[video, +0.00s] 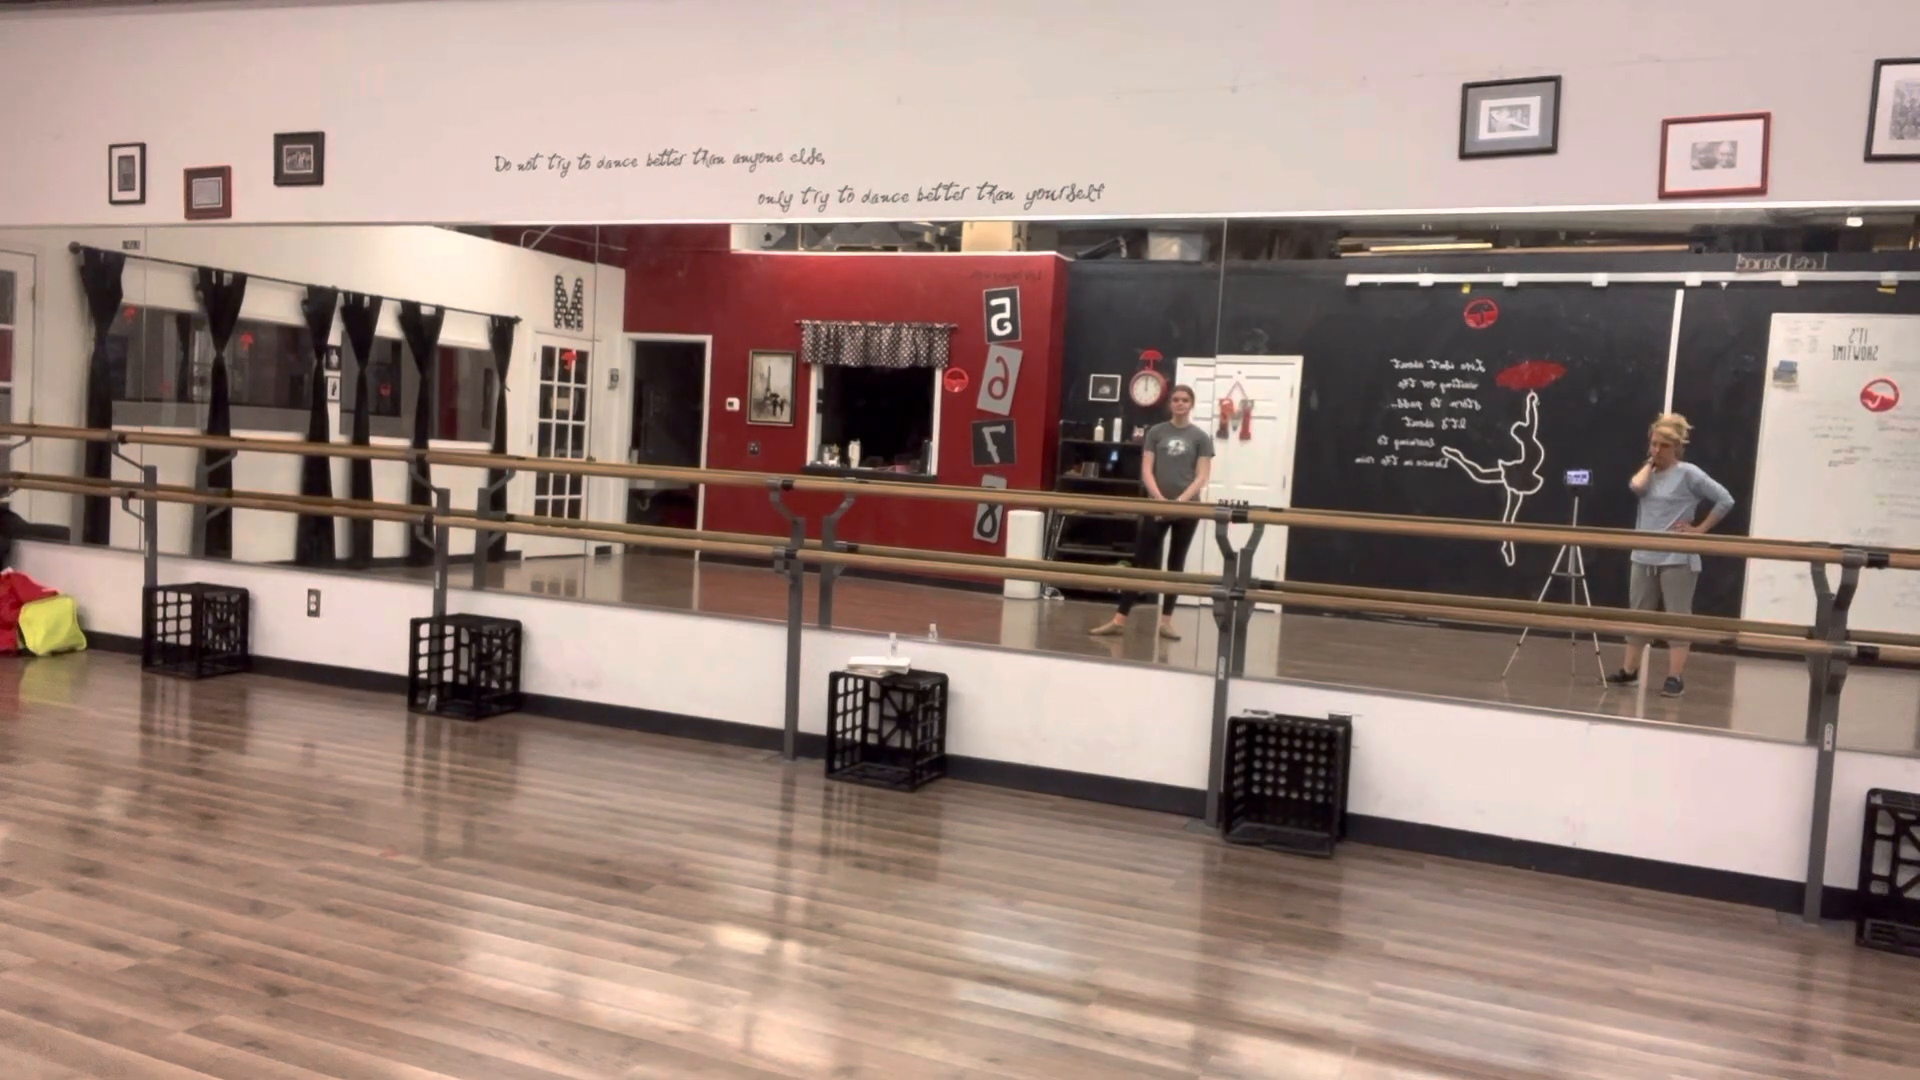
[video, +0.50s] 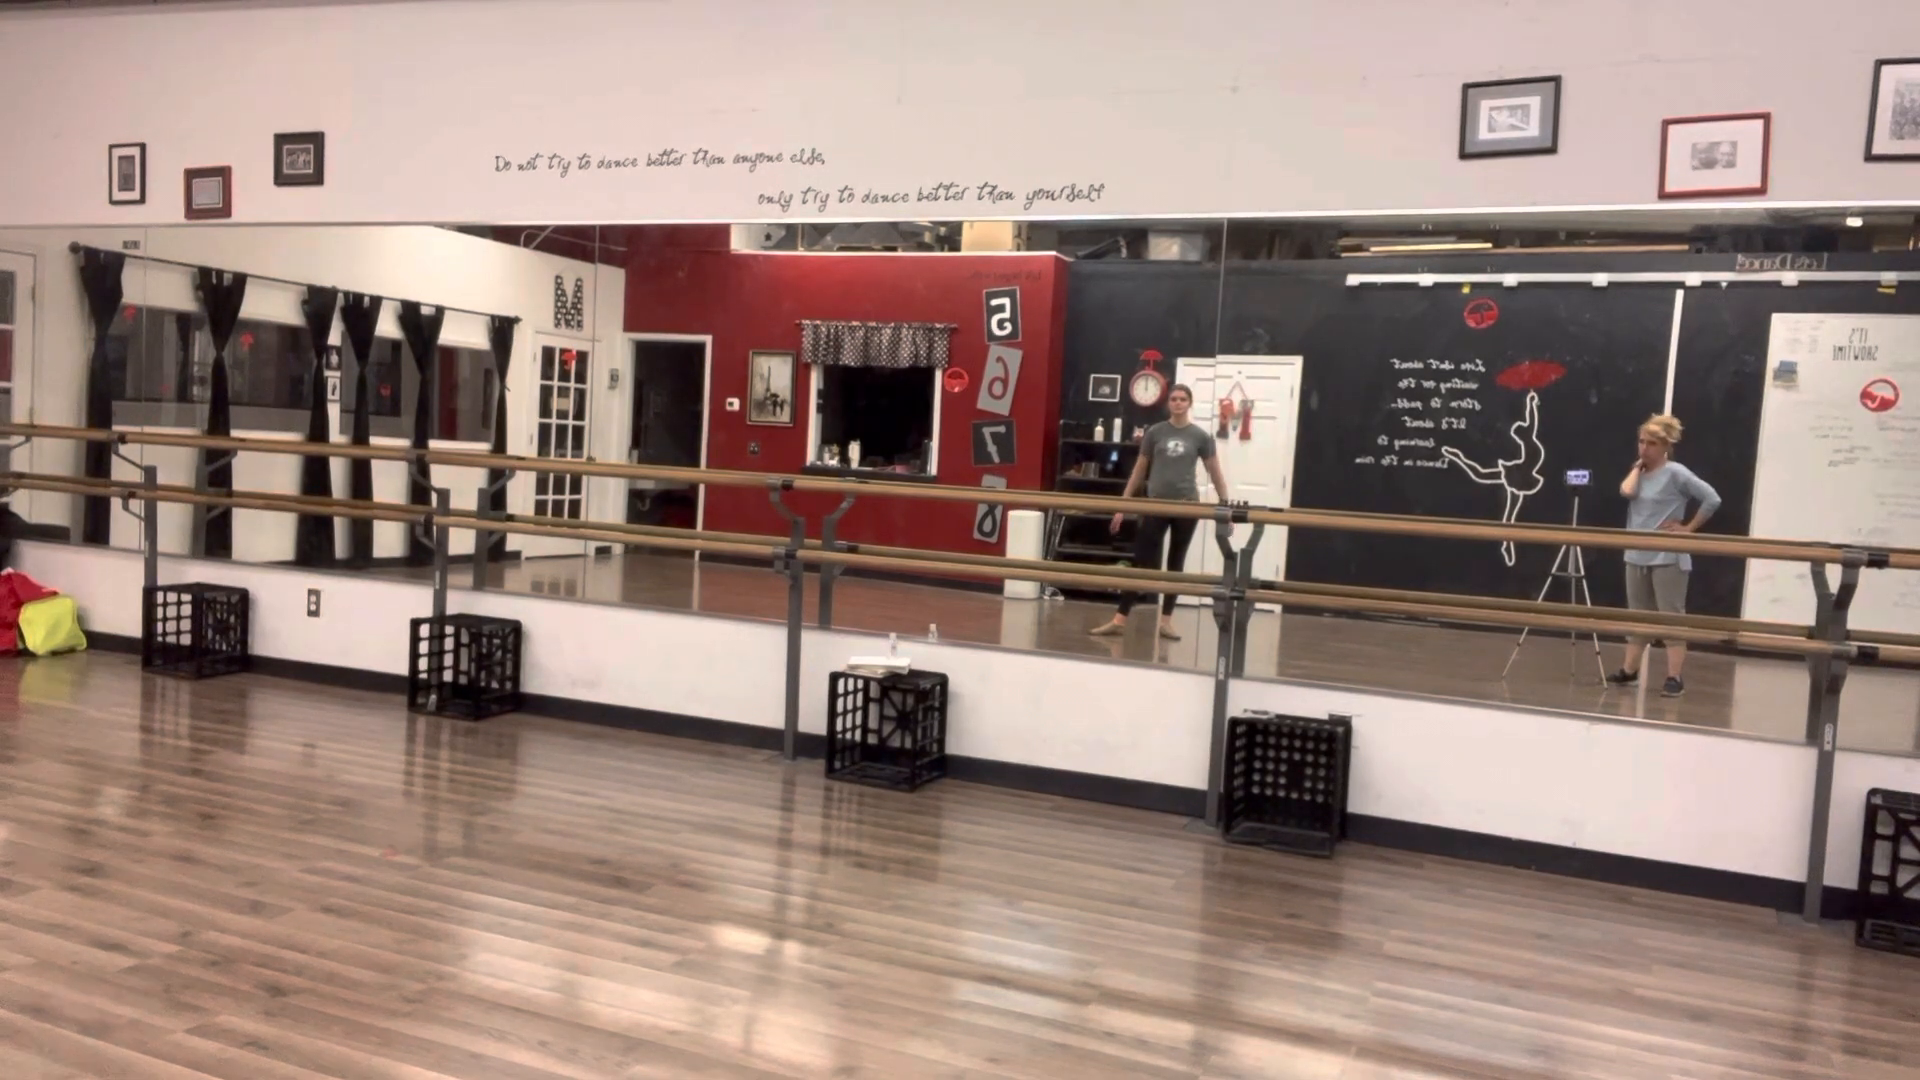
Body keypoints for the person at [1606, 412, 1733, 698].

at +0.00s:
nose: (1656, 450)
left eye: (1663, 445)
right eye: (1654, 443)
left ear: (1677, 448)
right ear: (1649, 444)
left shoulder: (1688, 473)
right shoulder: (1646, 472)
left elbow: (1726, 500)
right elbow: (1636, 486)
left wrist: (1701, 529)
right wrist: (1651, 460)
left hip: (1677, 557)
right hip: (1643, 555)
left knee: (1678, 619)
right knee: (1638, 614)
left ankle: (1675, 675)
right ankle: (1629, 670)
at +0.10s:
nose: (1654, 450)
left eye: (1662, 445)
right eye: (1652, 443)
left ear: (1675, 447)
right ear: (1648, 444)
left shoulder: (1686, 473)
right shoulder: (1644, 471)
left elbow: (1723, 500)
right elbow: (1634, 486)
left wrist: (1699, 529)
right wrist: (1650, 460)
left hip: (1675, 557)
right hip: (1642, 555)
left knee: (1677, 618)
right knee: (1638, 614)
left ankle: (1675, 675)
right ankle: (1629, 670)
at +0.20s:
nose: (1652, 450)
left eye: (1659, 444)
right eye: (1650, 443)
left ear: (1673, 447)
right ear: (1647, 444)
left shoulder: (1684, 473)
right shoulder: (1643, 472)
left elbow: (1721, 500)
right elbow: (1632, 486)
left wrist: (1696, 529)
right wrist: (1648, 460)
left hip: (1673, 557)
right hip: (1640, 555)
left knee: (1676, 619)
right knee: (1638, 615)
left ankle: (1674, 675)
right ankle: (1629, 670)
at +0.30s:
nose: (1650, 450)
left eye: (1657, 444)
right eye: (1647, 443)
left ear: (1671, 447)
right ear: (1644, 444)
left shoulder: (1681, 473)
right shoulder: (1642, 472)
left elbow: (1718, 500)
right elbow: (1630, 487)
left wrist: (1694, 528)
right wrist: (1646, 461)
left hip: (1671, 557)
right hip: (1639, 555)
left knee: (1674, 619)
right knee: (1638, 616)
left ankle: (1674, 676)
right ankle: (1629, 670)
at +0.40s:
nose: (1647, 449)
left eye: (1654, 444)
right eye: (1644, 443)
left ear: (1668, 447)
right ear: (1642, 445)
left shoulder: (1679, 473)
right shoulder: (1639, 473)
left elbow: (1715, 500)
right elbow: (1629, 489)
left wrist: (1691, 528)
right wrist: (1642, 463)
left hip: (1669, 557)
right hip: (1637, 555)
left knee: (1672, 618)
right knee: (1637, 616)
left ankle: (1674, 676)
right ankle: (1629, 670)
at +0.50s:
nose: (1643, 449)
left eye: (1650, 444)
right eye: (1641, 442)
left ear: (1665, 447)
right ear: (1639, 444)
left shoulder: (1676, 473)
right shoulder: (1637, 473)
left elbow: (1712, 499)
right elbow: (1627, 491)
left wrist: (1689, 528)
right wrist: (1638, 465)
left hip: (1668, 556)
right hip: (1636, 555)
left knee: (1671, 618)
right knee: (1637, 616)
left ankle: (1674, 677)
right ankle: (1629, 670)